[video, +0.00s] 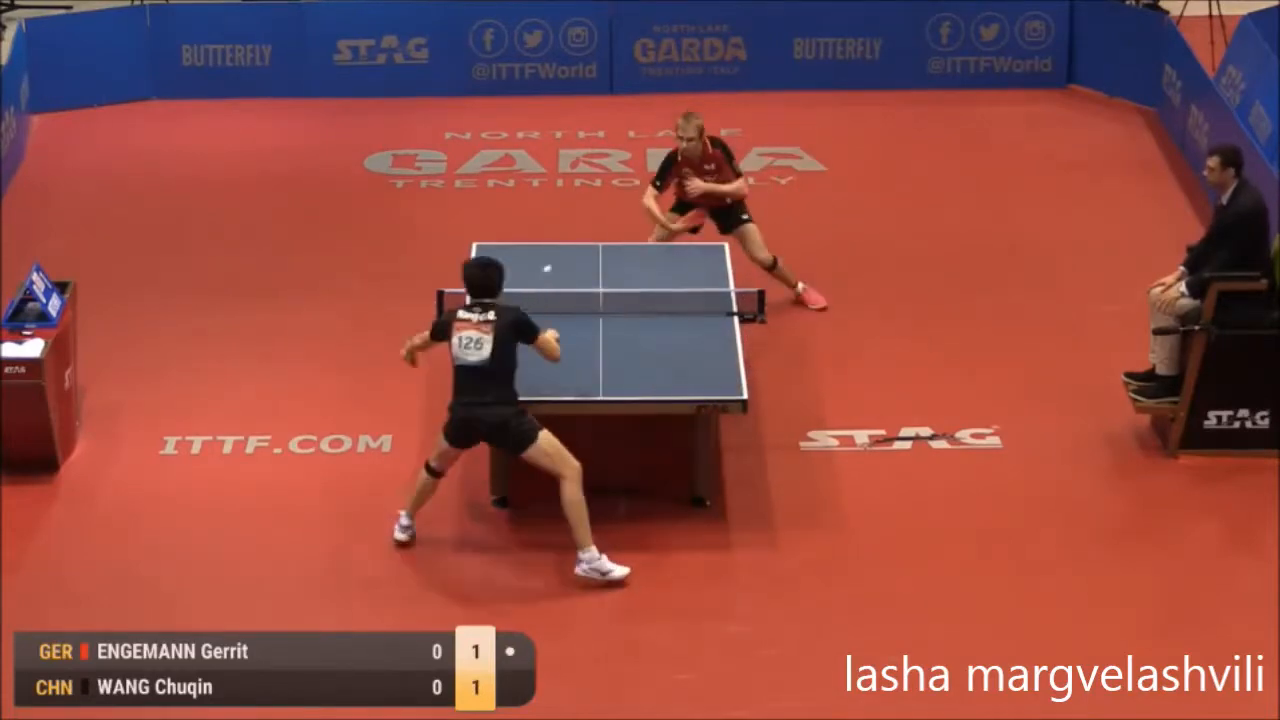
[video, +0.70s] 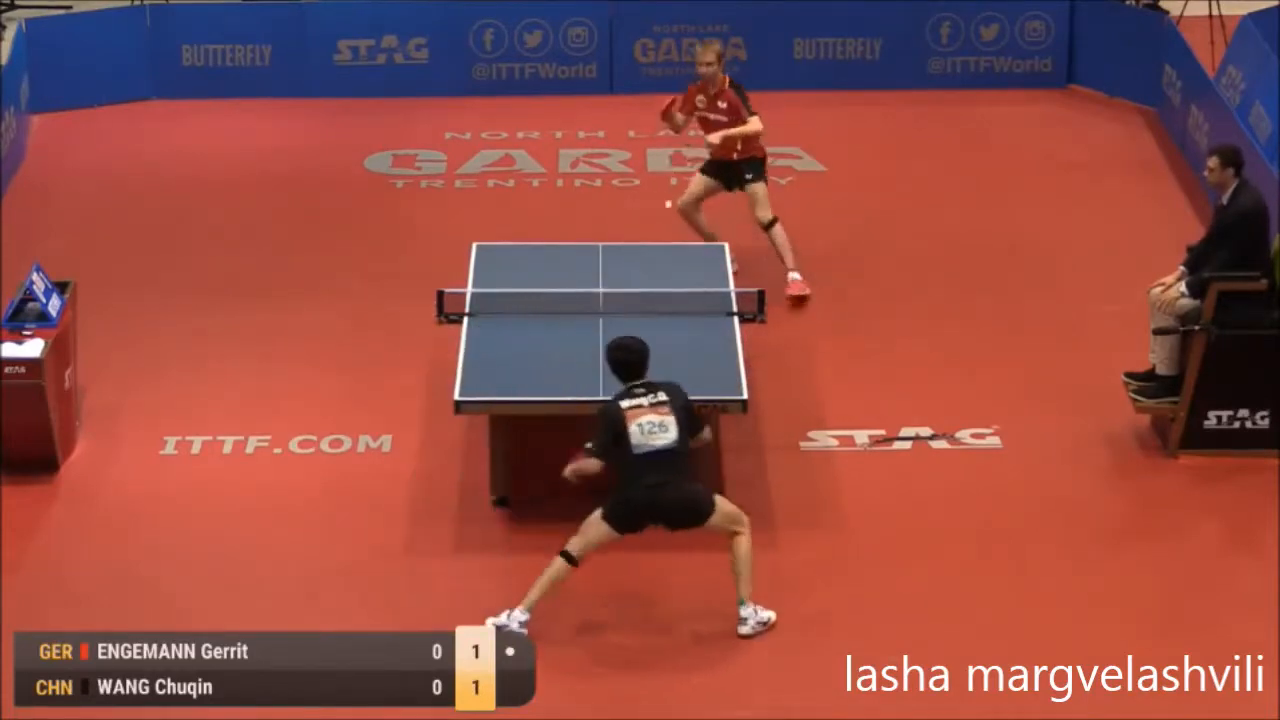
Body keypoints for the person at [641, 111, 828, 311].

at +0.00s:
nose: (683, 146)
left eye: (689, 140)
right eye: (680, 139)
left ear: (702, 137)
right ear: (675, 137)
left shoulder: (718, 148)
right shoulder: (674, 159)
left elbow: (742, 189)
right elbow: (647, 198)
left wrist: (705, 188)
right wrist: (670, 224)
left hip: (725, 202)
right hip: (688, 204)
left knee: (761, 257)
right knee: (653, 246)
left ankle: (799, 289)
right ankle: (644, 301)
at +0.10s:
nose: (686, 144)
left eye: (691, 139)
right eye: (683, 138)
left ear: (705, 136)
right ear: (679, 137)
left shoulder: (724, 148)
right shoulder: (682, 157)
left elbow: (752, 186)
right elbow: (662, 192)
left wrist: (717, 192)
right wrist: (670, 213)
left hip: (735, 202)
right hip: (700, 202)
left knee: (765, 255)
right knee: (655, 238)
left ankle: (799, 290)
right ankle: (634, 288)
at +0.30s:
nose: (691, 115)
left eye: (694, 109)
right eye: (688, 110)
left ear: (709, 102)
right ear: (689, 106)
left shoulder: (728, 120)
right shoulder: (712, 121)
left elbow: (747, 156)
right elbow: (727, 152)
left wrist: (733, 195)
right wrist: (711, 165)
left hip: (757, 189)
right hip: (728, 185)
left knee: (767, 254)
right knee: (680, 224)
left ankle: (803, 289)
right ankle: (656, 278)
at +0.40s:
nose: (698, 108)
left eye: (701, 102)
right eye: (695, 103)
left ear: (715, 94)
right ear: (712, 96)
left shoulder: (733, 113)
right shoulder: (726, 109)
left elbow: (748, 150)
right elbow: (737, 144)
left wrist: (738, 190)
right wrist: (716, 158)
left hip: (761, 188)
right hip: (735, 181)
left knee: (763, 254)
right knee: (680, 213)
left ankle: (803, 288)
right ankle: (678, 271)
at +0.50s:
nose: (704, 99)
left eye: (706, 93)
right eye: (702, 93)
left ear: (721, 86)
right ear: (719, 88)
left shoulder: (740, 104)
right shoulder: (729, 107)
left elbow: (749, 144)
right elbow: (730, 149)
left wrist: (732, 179)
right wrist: (697, 149)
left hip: (761, 184)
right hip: (738, 180)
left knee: (757, 247)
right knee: (688, 219)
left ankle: (801, 287)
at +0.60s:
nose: (704, 82)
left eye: (708, 76)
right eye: (701, 77)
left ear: (722, 75)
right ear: (699, 78)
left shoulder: (737, 99)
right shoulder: (706, 103)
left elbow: (755, 137)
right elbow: (695, 142)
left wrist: (722, 155)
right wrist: (680, 129)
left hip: (756, 174)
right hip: (730, 174)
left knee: (757, 232)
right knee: (686, 209)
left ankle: (801, 285)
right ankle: (721, 259)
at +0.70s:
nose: (704, 70)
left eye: (709, 65)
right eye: (700, 65)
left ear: (721, 65)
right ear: (696, 65)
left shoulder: (733, 91)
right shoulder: (694, 92)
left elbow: (757, 126)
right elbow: (679, 126)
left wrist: (724, 133)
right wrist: (670, 117)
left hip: (749, 160)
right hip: (720, 161)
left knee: (763, 216)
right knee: (686, 206)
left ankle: (793, 274)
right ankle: (720, 254)